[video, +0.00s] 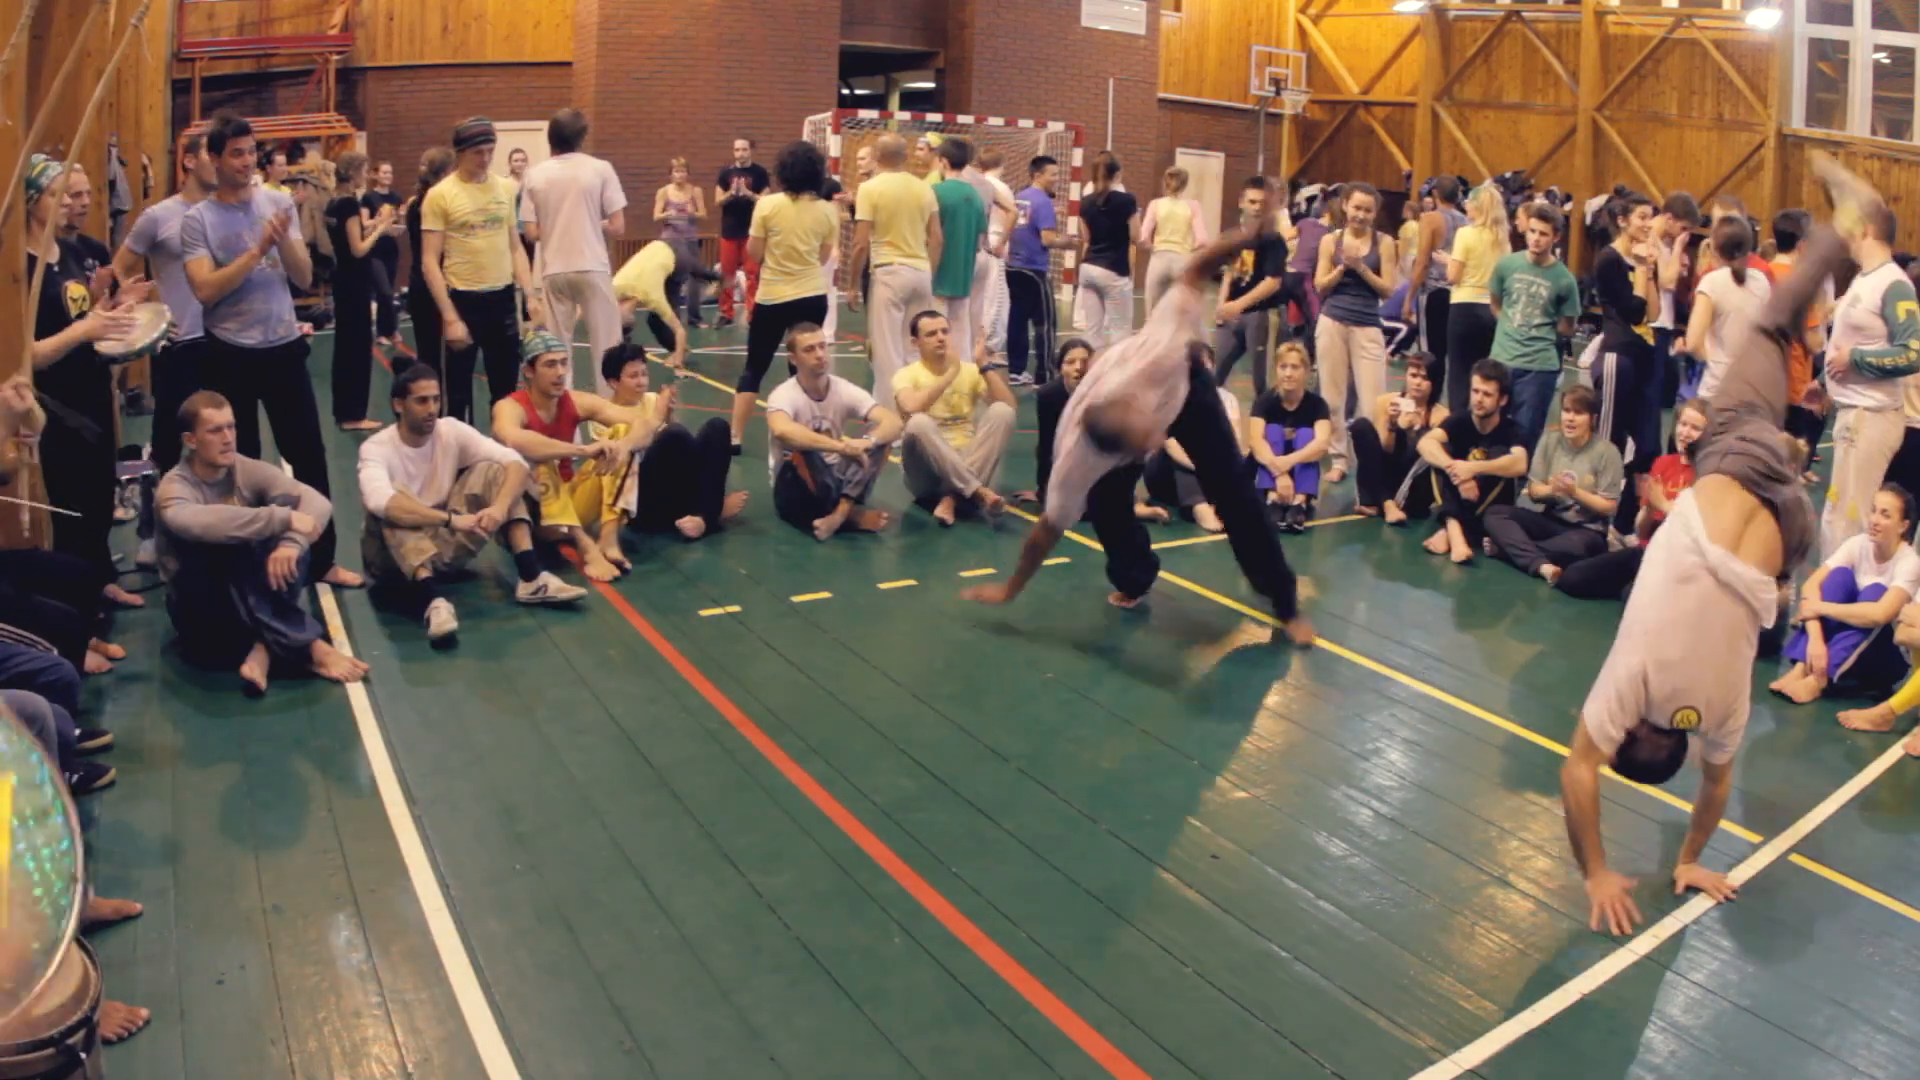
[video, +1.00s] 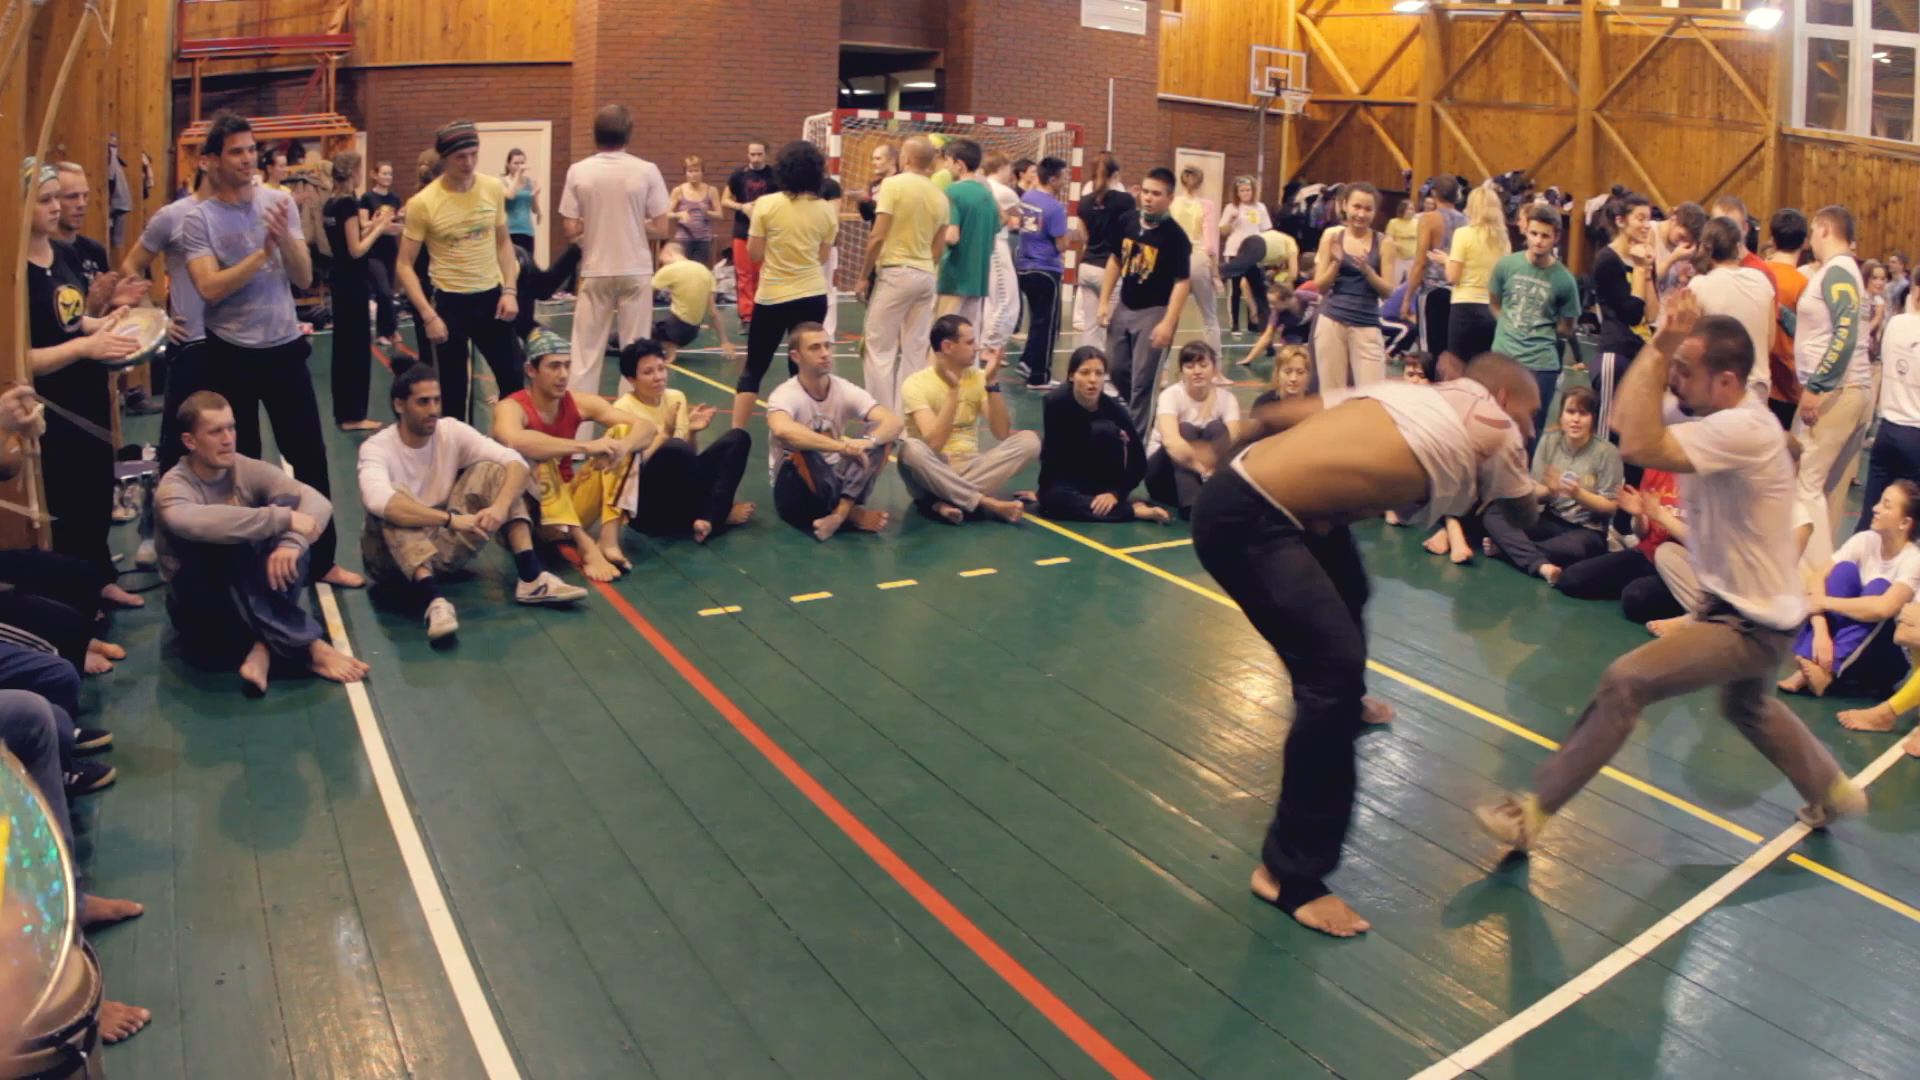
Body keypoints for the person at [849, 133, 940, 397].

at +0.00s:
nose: (870, 158)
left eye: (872, 154)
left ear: (877, 157)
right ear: (904, 157)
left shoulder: (869, 188)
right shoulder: (924, 188)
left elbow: (861, 242)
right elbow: (936, 236)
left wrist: (853, 285)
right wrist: (928, 272)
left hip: (888, 269)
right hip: (921, 268)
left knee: (886, 347)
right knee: (917, 345)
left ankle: (888, 413)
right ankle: (918, 410)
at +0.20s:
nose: (878, 157)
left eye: (880, 153)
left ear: (884, 155)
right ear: (912, 156)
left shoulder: (876, 186)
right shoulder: (927, 189)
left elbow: (866, 240)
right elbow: (940, 240)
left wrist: (857, 281)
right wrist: (930, 280)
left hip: (886, 267)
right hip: (917, 267)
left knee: (883, 349)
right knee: (912, 347)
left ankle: (885, 417)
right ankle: (914, 414)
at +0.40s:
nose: (886, 158)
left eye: (888, 154)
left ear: (892, 156)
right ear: (919, 157)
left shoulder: (881, 186)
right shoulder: (931, 190)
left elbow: (869, 239)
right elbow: (942, 241)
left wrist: (857, 281)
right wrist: (933, 283)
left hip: (887, 268)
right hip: (917, 268)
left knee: (883, 348)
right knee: (911, 347)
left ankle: (887, 419)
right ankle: (914, 414)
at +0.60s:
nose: (892, 159)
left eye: (894, 155)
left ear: (899, 157)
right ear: (926, 160)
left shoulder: (885, 185)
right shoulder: (935, 194)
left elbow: (871, 237)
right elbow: (939, 243)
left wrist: (857, 278)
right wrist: (932, 285)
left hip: (890, 268)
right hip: (921, 269)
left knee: (884, 350)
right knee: (912, 348)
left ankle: (887, 421)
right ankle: (914, 417)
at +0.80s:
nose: (897, 159)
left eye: (898, 156)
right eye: (899, 155)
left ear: (903, 158)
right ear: (929, 162)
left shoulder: (890, 185)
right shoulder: (938, 195)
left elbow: (875, 237)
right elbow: (938, 243)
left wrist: (863, 277)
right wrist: (927, 270)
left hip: (894, 270)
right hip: (926, 270)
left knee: (879, 345)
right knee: (916, 347)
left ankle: (888, 416)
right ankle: (917, 416)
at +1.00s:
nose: (899, 159)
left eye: (901, 155)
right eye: (901, 154)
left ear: (906, 158)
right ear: (930, 162)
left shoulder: (893, 184)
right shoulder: (940, 196)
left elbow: (878, 236)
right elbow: (939, 246)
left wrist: (864, 274)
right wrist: (925, 267)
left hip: (896, 270)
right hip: (927, 271)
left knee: (879, 346)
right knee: (916, 349)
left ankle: (883, 418)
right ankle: (911, 420)